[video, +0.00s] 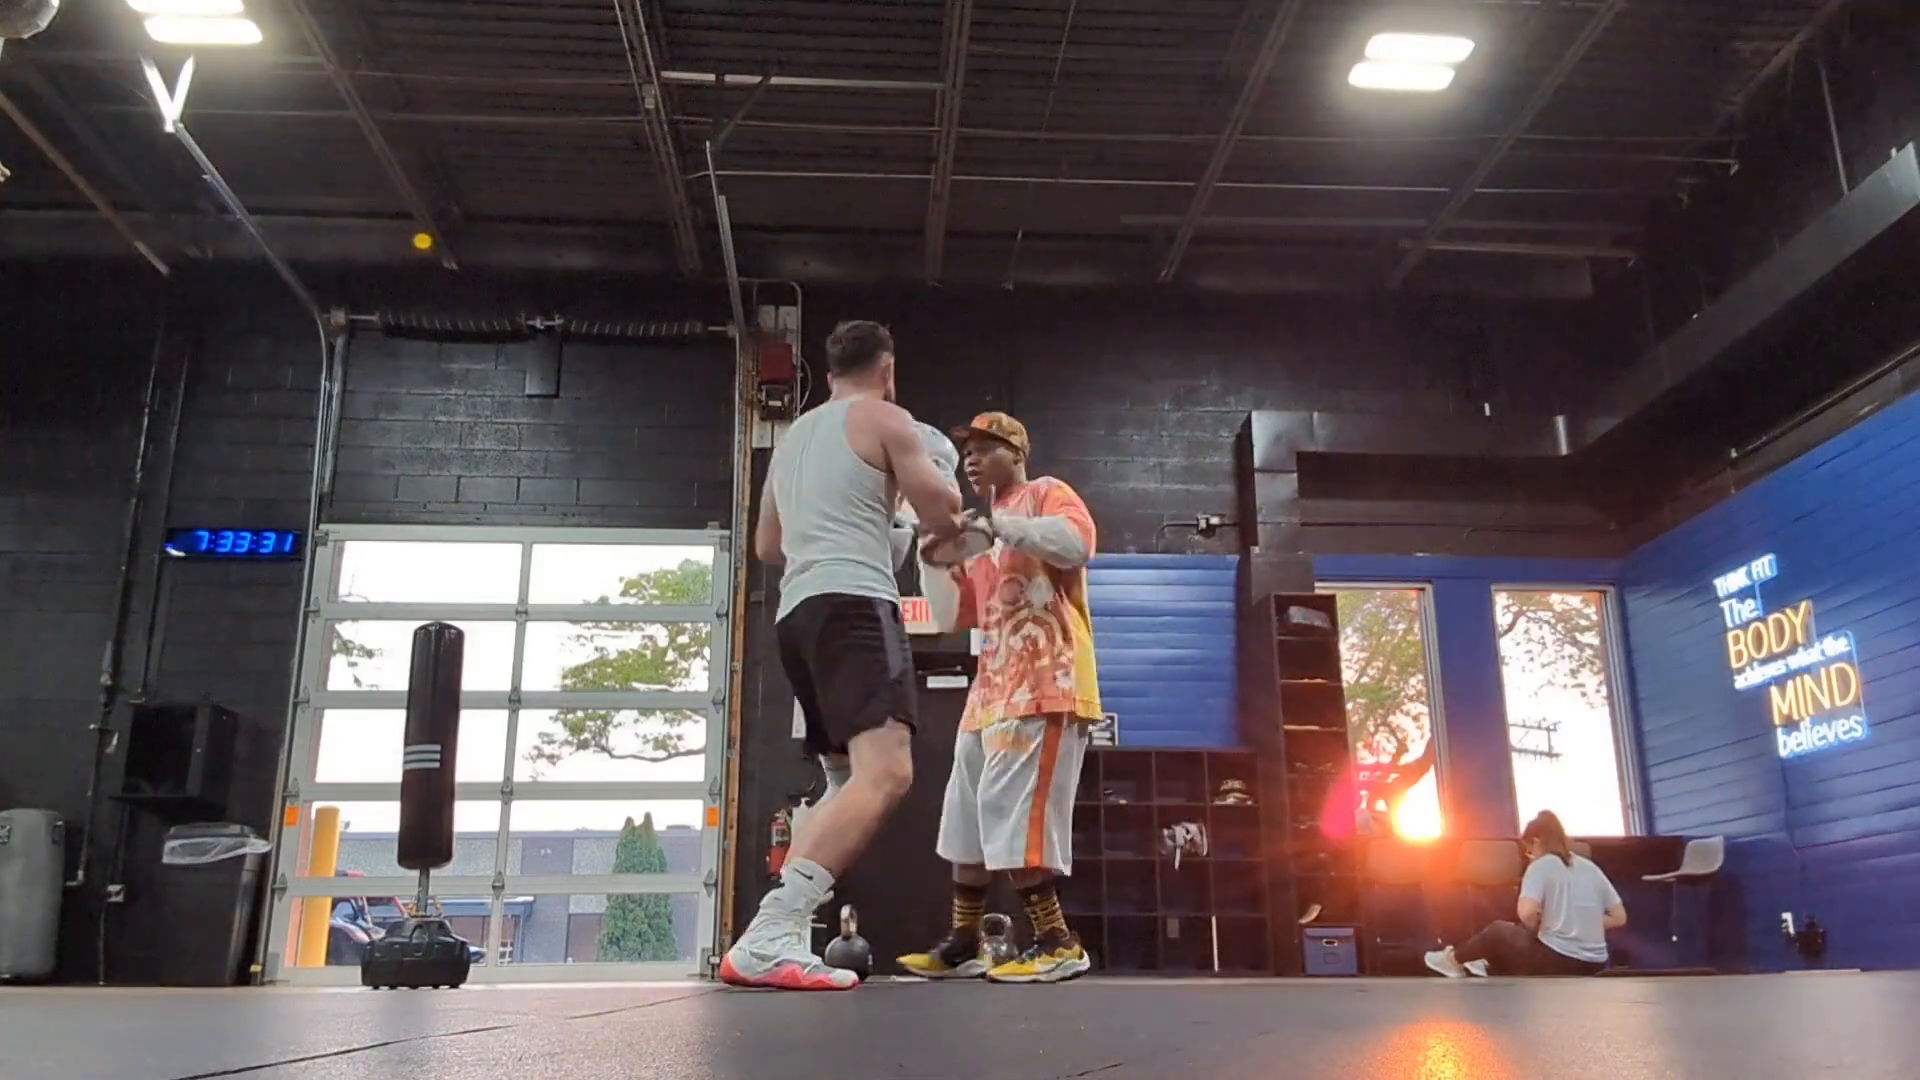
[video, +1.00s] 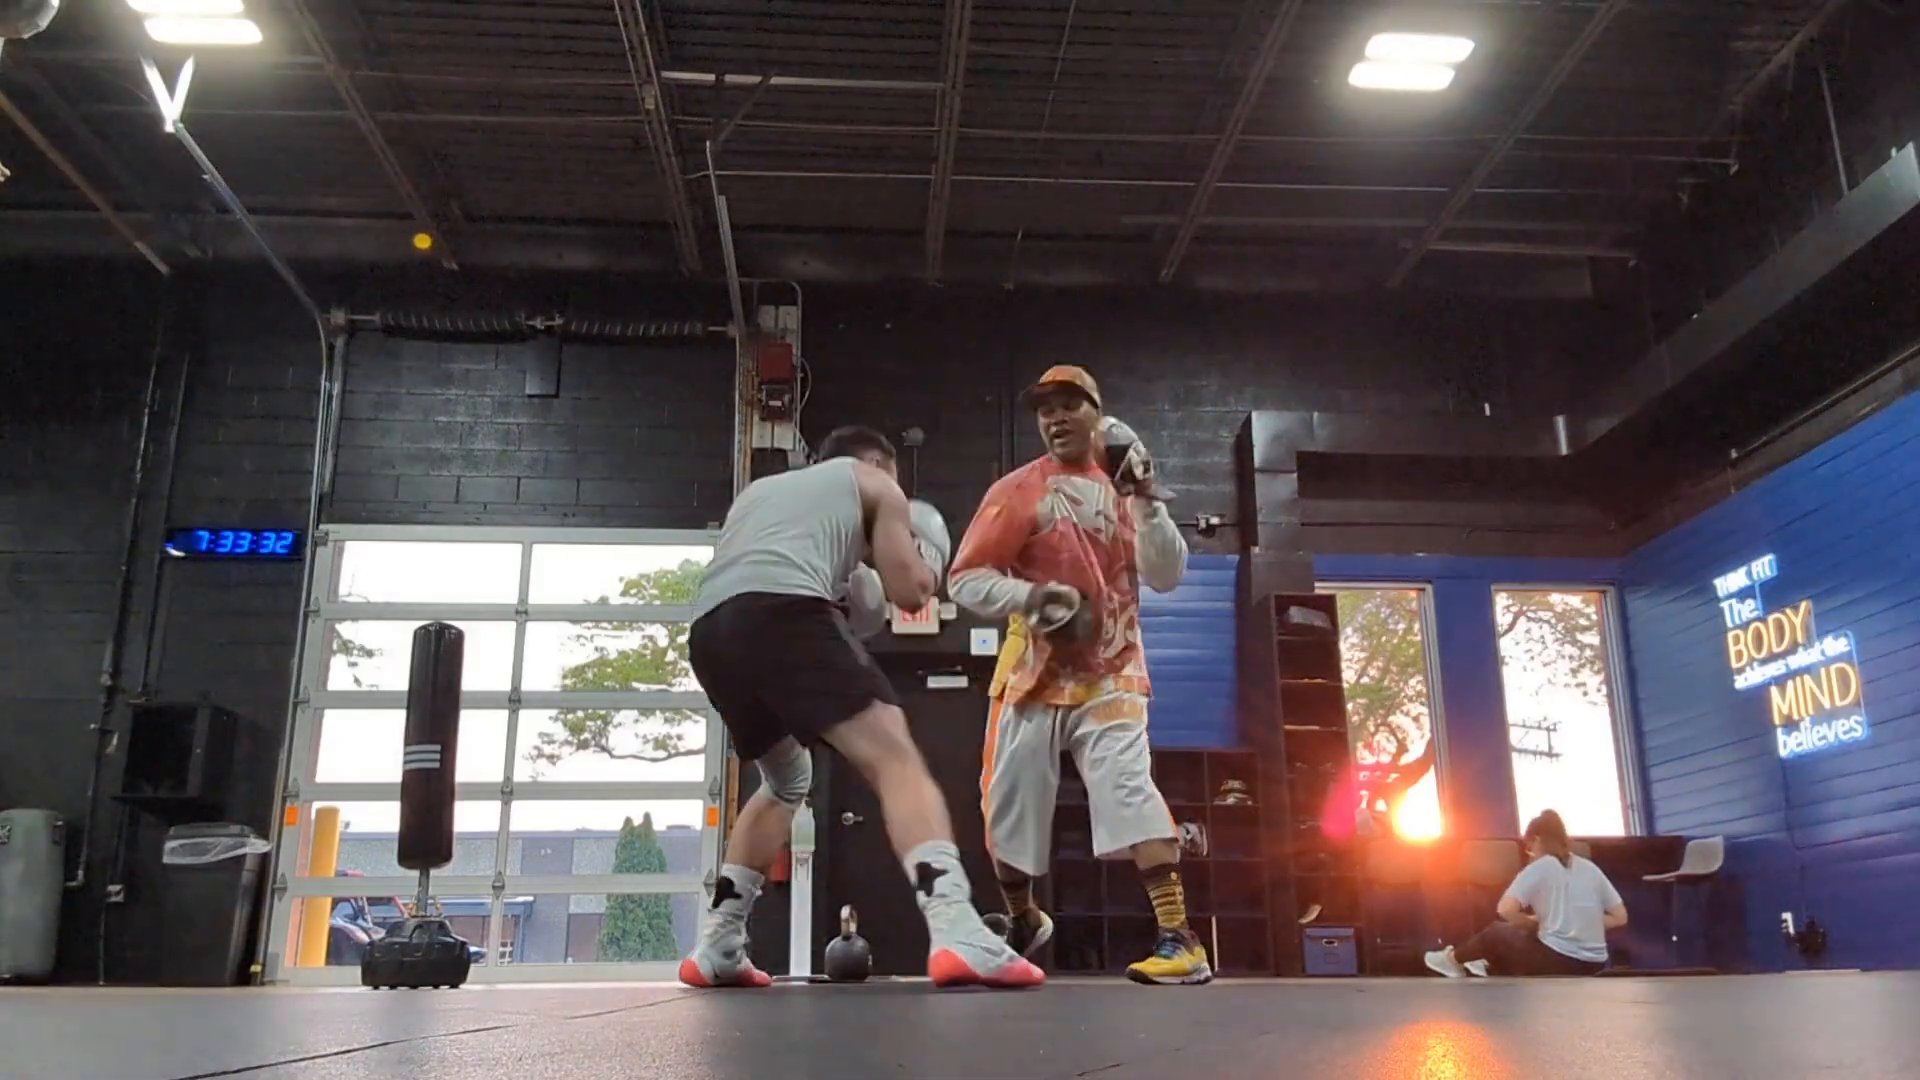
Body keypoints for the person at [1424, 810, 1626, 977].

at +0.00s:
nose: (1529, 856)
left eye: (1529, 850)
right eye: (1527, 851)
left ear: (1538, 842)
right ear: (1561, 840)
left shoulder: (1540, 866)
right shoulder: (1590, 867)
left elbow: (1527, 913)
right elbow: (1618, 918)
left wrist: (1536, 932)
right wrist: (1581, 924)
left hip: (1559, 959)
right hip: (1595, 962)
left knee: (1497, 931)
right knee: (1521, 937)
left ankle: (1453, 959)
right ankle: (1485, 964)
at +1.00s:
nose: (1529, 853)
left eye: (1529, 847)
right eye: (1528, 848)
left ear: (1538, 840)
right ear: (1562, 839)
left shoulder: (1540, 867)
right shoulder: (1590, 868)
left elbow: (1505, 909)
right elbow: (1620, 918)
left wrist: (1532, 923)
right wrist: (1582, 923)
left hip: (1559, 959)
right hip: (1595, 962)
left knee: (1497, 931)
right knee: (1522, 935)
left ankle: (1453, 959)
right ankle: (1488, 965)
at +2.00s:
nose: (1527, 856)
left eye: (1527, 849)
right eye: (1526, 850)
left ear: (1537, 842)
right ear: (1558, 840)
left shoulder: (1540, 863)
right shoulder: (1592, 866)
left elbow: (1531, 895)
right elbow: (1636, 897)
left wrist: (1529, 935)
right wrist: (1614, 932)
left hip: (1559, 958)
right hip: (1595, 961)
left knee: (1499, 931)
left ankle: (1451, 958)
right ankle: (1487, 964)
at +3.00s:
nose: (1511, 855)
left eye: (1512, 851)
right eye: (1513, 850)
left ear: (1514, 854)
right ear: (1540, 852)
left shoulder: (1517, 874)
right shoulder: (1565, 875)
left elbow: (1502, 920)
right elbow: (1559, 918)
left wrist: (1485, 910)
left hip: (1552, 957)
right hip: (1591, 960)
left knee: (1487, 934)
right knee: (1519, 936)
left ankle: (1450, 960)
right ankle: (1483, 963)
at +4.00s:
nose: (1547, 839)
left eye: (1549, 834)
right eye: (1548, 834)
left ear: (1554, 836)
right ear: (1580, 834)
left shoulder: (1545, 868)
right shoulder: (1602, 872)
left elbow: (1516, 916)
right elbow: (1606, 915)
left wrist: (1513, 891)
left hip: (1561, 959)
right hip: (1596, 962)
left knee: (1499, 926)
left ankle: (1457, 956)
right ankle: (1485, 963)